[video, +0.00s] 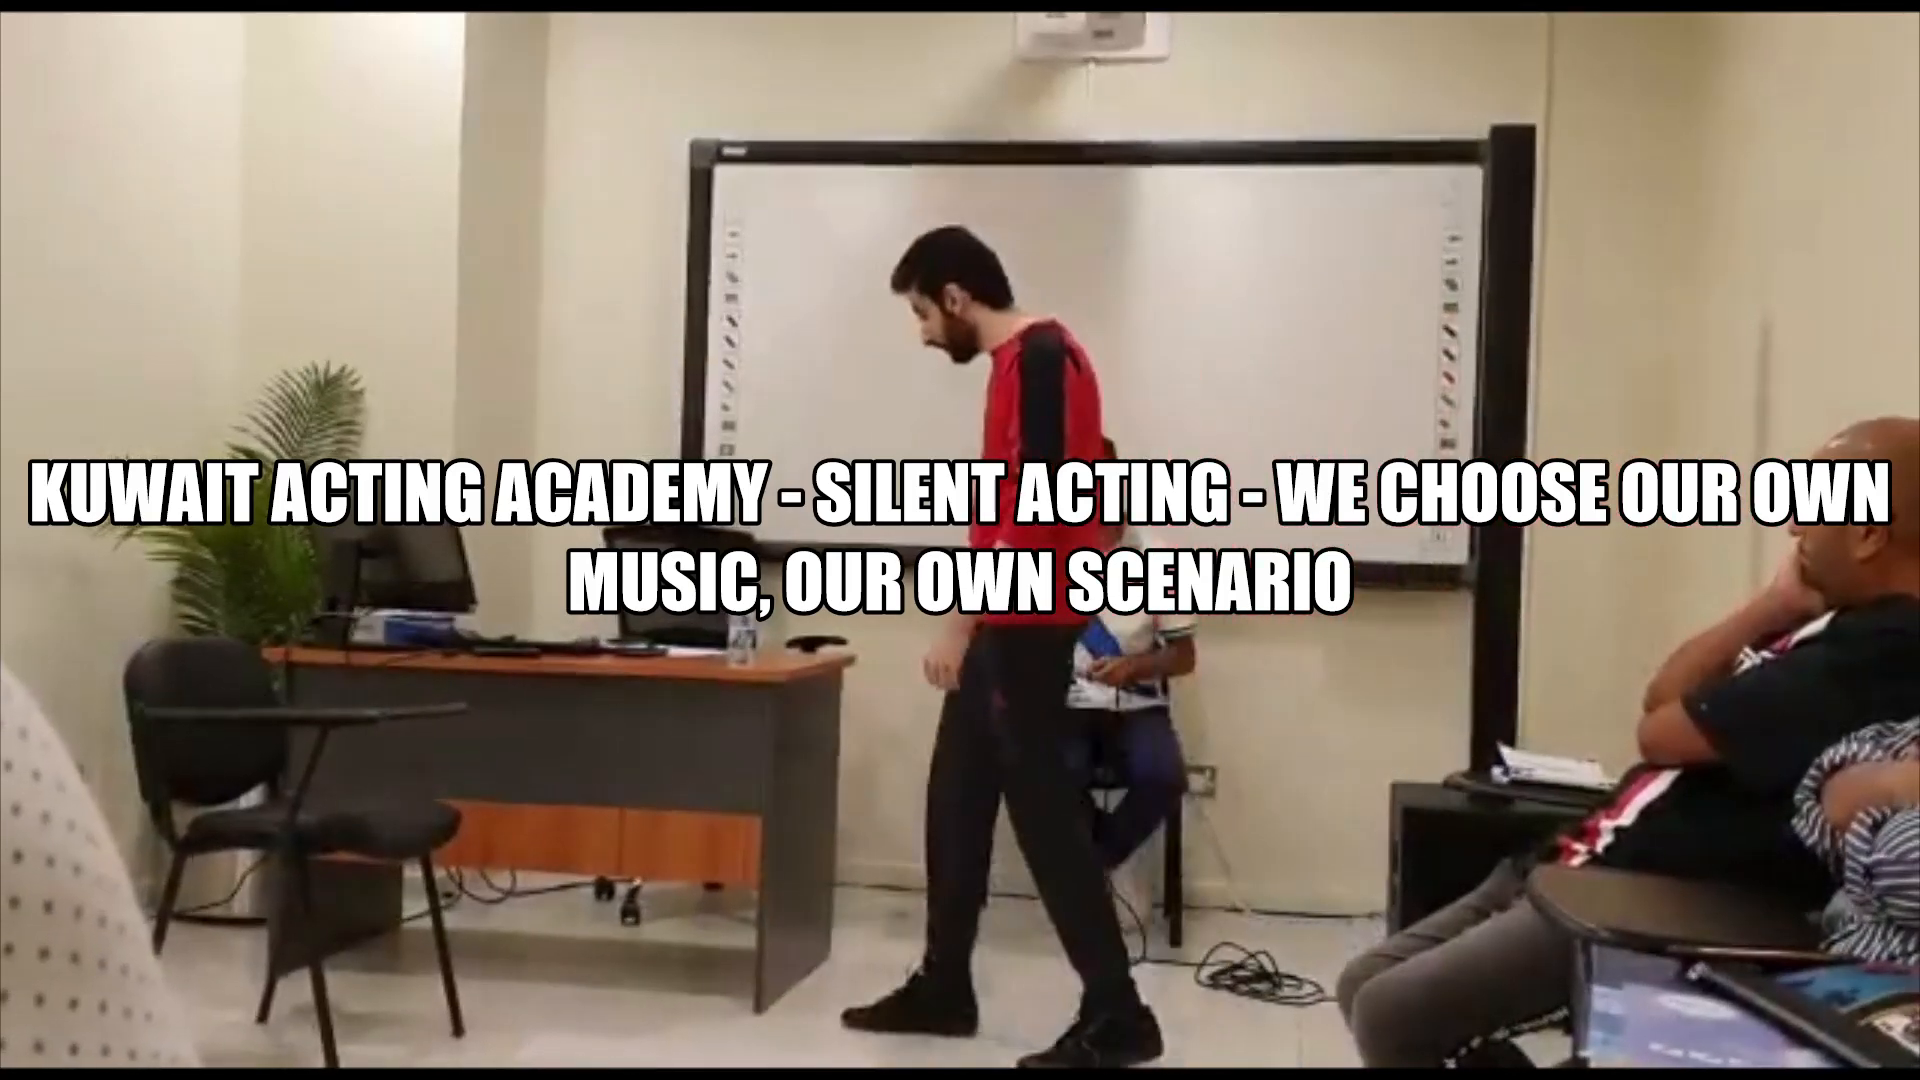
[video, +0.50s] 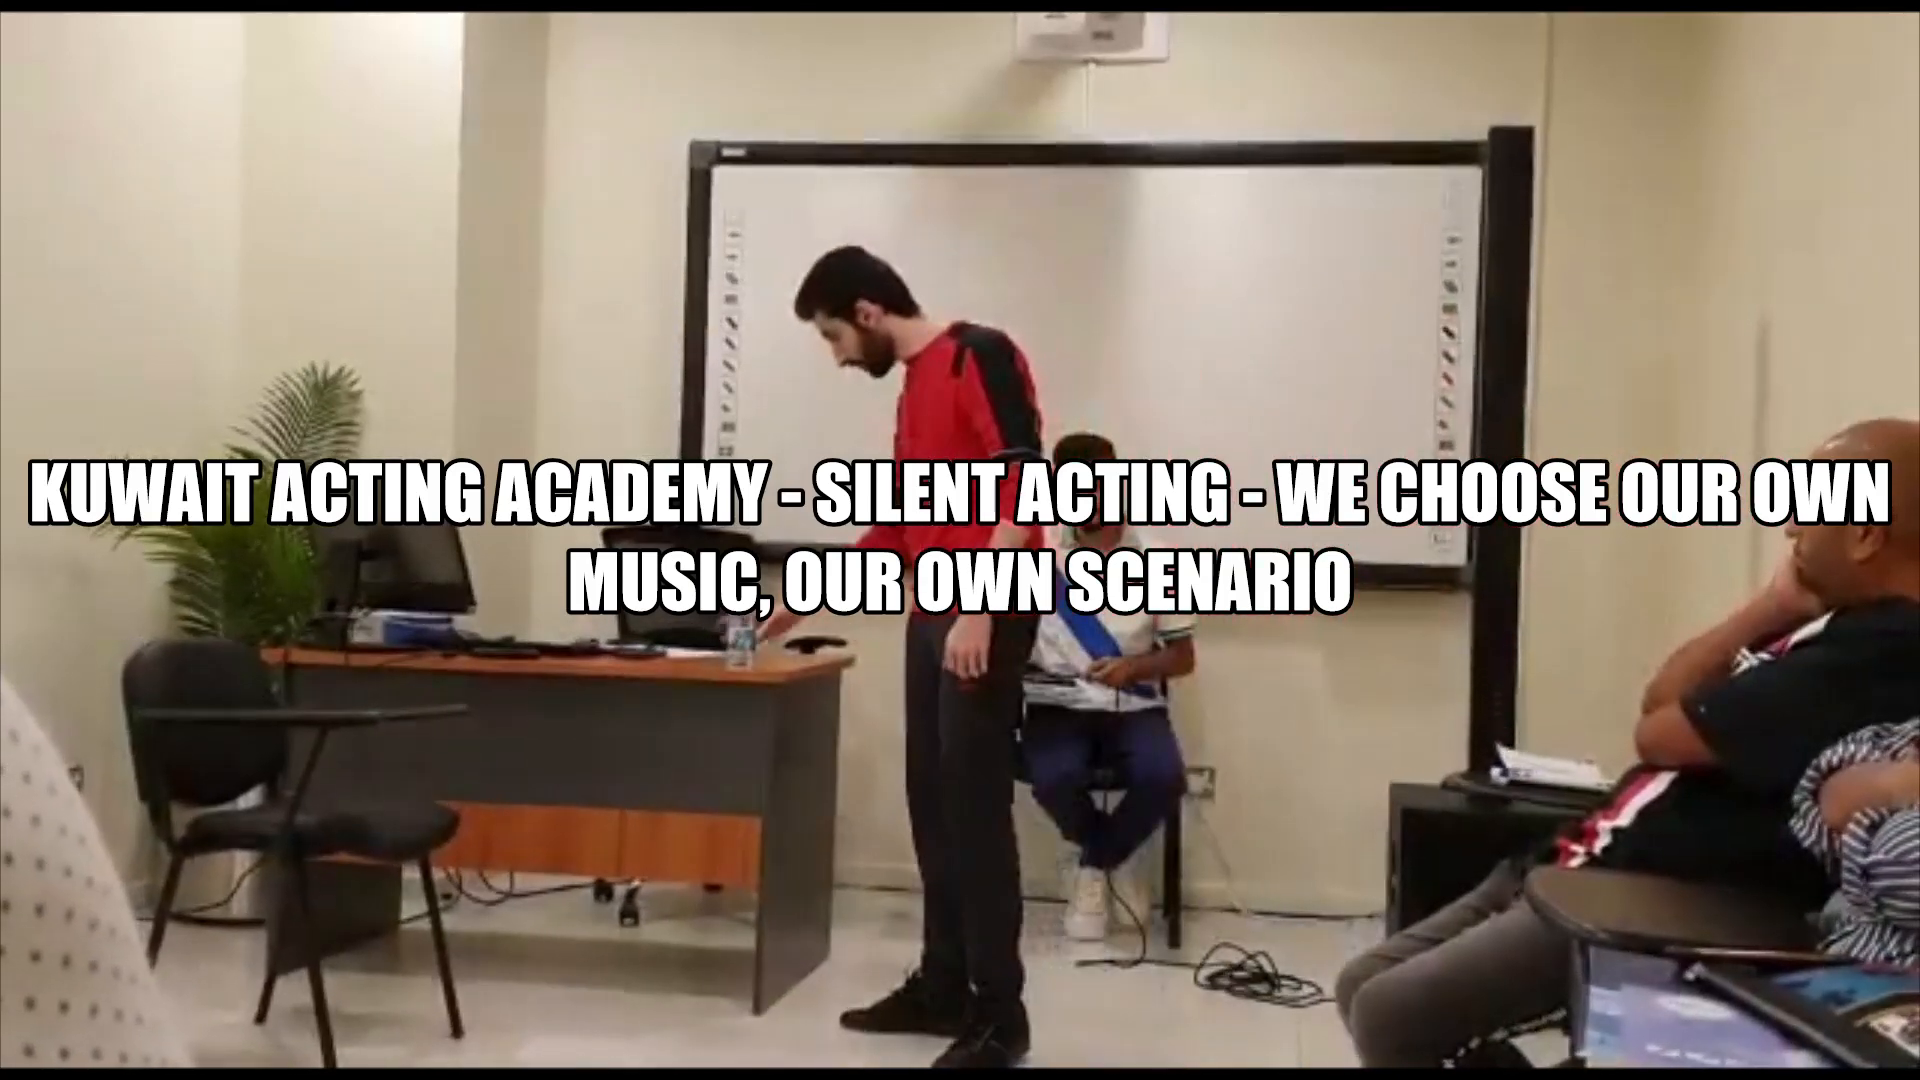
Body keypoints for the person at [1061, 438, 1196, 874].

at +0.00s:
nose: (1094, 494)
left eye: (1103, 480)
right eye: (1082, 482)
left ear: (1118, 483)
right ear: (1063, 490)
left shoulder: (1146, 554)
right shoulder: (1050, 556)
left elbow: (1184, 654)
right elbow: (1022, 635)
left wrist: (1134, 667)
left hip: (1136, 707)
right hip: (1068, 706)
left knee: (1162, 778)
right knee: (1052, 778)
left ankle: (1096, 858)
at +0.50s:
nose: (1091, 510)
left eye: (1100, 494)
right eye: (1078, 496)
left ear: (1119, 493)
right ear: (1058, 499)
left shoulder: (1150, 559)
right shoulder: (1041, 557)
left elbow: (1182, 654)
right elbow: (1012, 634)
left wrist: (1135, 667)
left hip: (1134, 708)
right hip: (1057, 705)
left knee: (1162, 778)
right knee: (1053, 780)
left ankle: (1093, 868)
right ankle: (1111, 860)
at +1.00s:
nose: (1096, 519)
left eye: (1105, 505)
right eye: (1083, 506)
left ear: (1121, 502)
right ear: (1062, 508)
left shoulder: (1150, 558)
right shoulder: (1043, 556)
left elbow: (1182, 654)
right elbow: (1014, 634)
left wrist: (1131, 669)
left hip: (1133, 708)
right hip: (1059, 706)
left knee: (1161, 779)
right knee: (1051, 780)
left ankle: (1092, 867)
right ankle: (1113, 860)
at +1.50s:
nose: (1118, 533)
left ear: (1137, 536)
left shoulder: (1156, 576)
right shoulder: (1056, 575)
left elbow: (1183, 656)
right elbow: (1034, 646)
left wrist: (1134, 667)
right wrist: (1076, 670)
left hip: (1139, 713)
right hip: (1072, 712)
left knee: (1162, 778)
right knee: (1051, 780)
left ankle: (1097, 863)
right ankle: (1117, 861)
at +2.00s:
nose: (1116, 512)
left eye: (1126, 496)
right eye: (1105, 497)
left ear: (1140, 502)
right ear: (1085, 501)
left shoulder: (1156, 560)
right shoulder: (1062, 560)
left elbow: (1183, 658)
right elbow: (1038, 635)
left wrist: (1131, 669)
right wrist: (1067, 667)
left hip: (1138, 712)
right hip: (1071, 711)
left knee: (1161, 782)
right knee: (1047, 780)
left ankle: (1095, 868)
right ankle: (1116, 861)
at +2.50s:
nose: (1122, 510)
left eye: (1132, 495)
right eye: (1110, 497)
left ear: (1143, 501)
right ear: (1087, 500)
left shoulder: (1157, 561)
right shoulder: (1064, 558)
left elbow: (1184, 659)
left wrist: (1132, 670)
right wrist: (1067, 667)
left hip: (1139, 713)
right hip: (1073, 711)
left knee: (1162, 782)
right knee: (1050, 781)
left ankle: (1096, 869)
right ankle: (1116, 863)